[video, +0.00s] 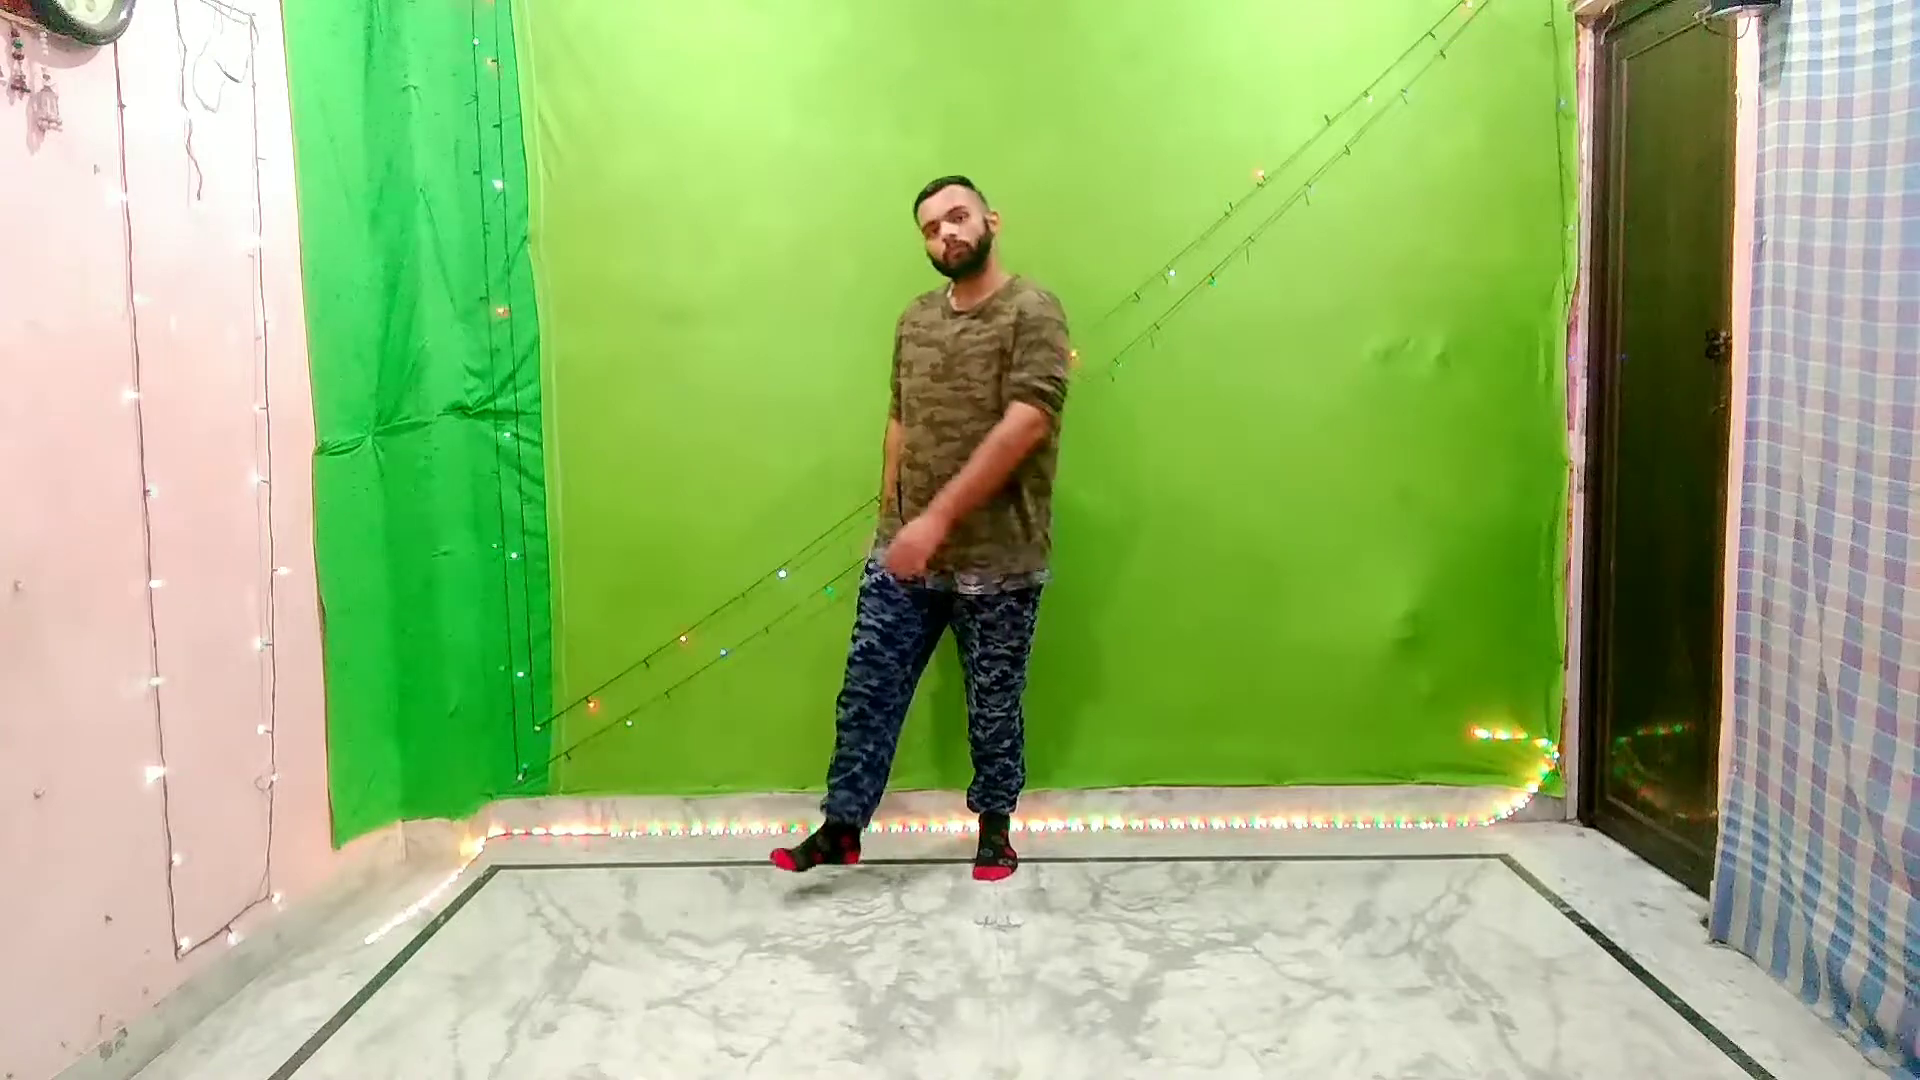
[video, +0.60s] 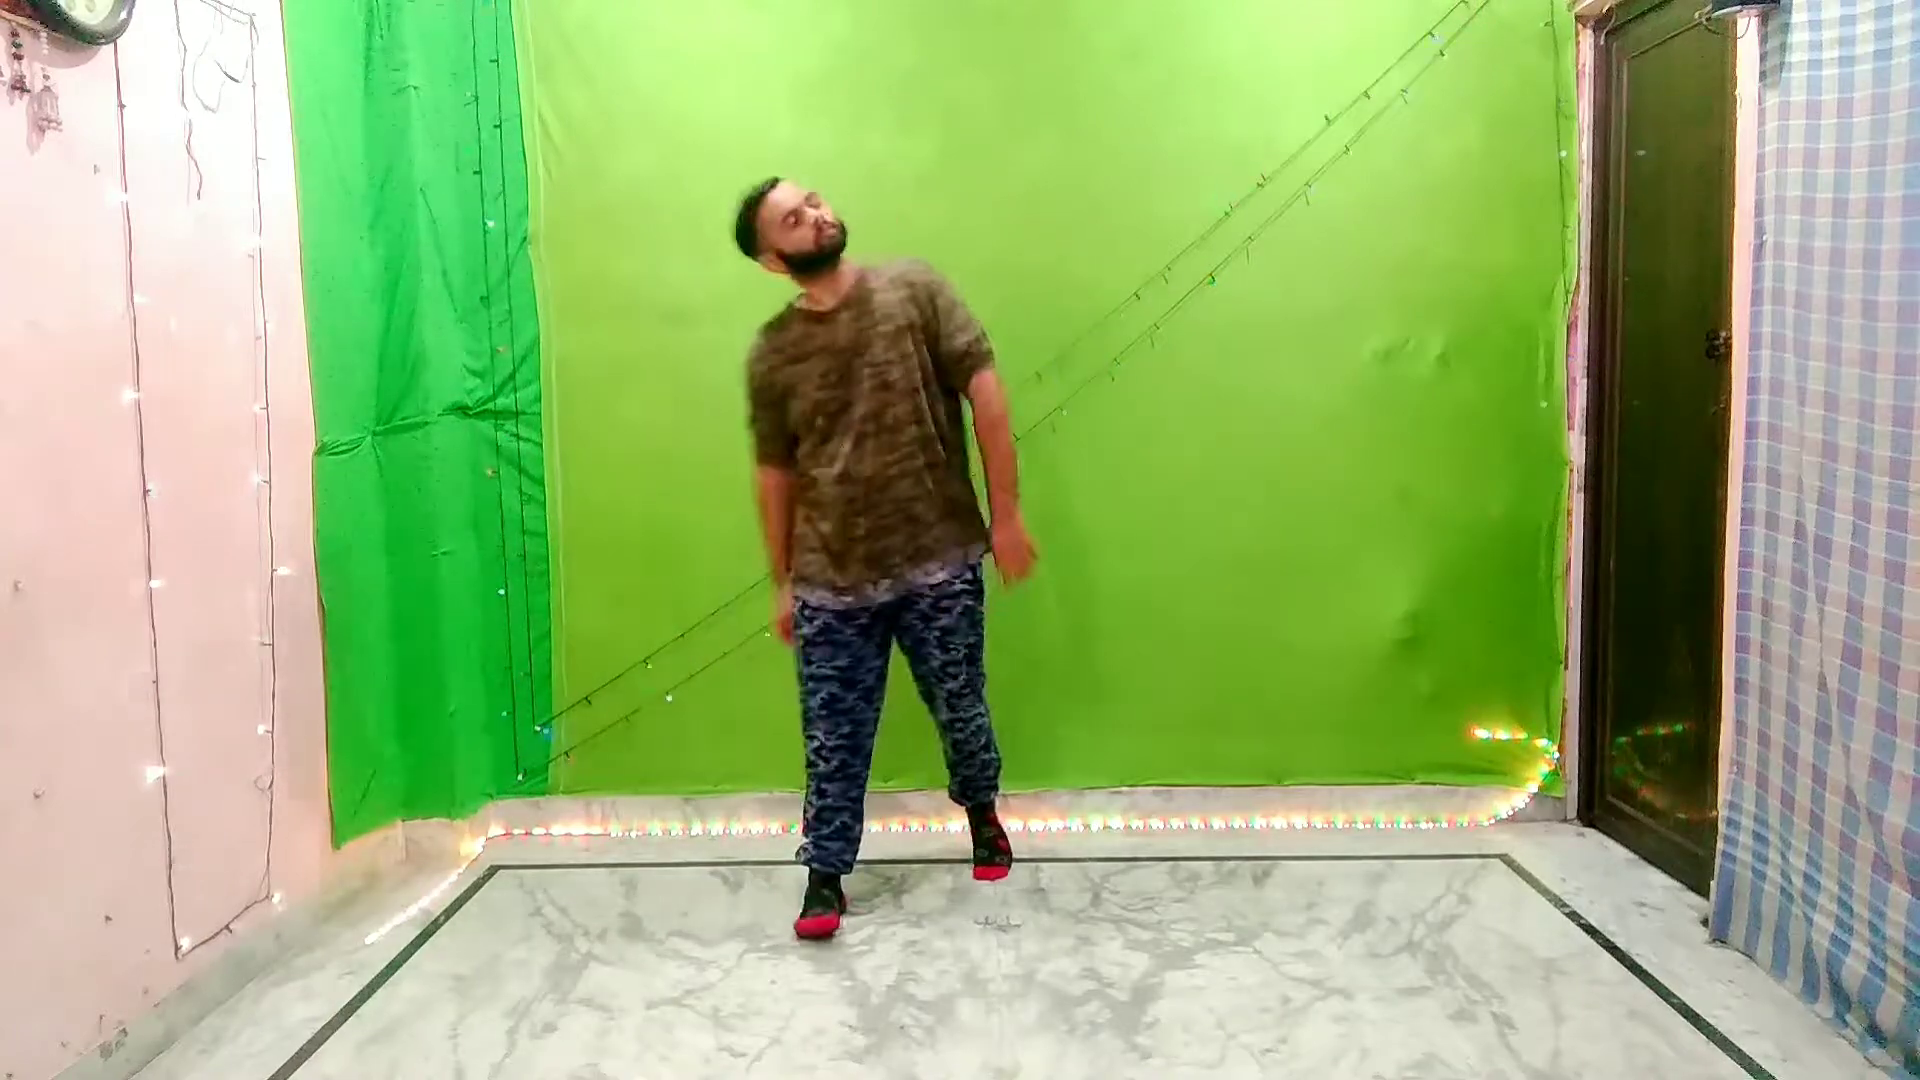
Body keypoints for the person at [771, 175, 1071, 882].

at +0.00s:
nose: (946, 233)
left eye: (956, 217)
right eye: (932, 229)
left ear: (992, 221)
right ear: (926, 247)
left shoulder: (1032, 310)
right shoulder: (917, 321)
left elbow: (1027, 422)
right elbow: (900, 423)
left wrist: (937, 520)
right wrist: (892, 517)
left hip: (997, 548)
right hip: (911, 543)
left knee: (993, 699)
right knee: (869, 686)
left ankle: (994, 829)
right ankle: (841, 828)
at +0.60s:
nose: (810, 213)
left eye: (810, 201)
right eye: (789, 219)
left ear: (833, 214)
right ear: (772, 259)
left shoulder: (914, 291)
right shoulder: (775, 352)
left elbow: (987, 391)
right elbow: (774, 469)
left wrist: (1006, 513)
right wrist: (783, 579)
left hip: (936, 550)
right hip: (831, 571)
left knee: (959, 704)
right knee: (832, 731)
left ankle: (983, 815)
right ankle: (823, 878)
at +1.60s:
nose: (938, 182)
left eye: (931, 173)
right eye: (915, 184)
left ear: (947, 203)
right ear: (885, 232)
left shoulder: (989, 297)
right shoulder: (881, 322)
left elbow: (1004, 432)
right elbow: (878, 458)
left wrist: (1029, 554)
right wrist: (921, 583)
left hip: (1015, 578)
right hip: (918, 590)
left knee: (1030, 744)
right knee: (873, 749)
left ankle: (1063, 882)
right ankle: (825, 887)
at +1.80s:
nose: (1034, 171)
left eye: (1027, 161)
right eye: (1011, 167)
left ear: (1015, 200)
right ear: (974, 206)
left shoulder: (1085, 283)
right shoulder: (957, 324)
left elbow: (1121, 391)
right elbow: (934, 462)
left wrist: (1111, 491)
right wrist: (938, 593)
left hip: (1094, 570)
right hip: (1005, 582)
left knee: (1072, 742)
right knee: (961, 739)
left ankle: (1068, 883)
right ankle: (894, 868)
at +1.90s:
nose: (1076, 165)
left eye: (1067, 157)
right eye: (1055, 161)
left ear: (1060, 196)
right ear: (1017, 202)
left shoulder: (1125, 279)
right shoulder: (988, 318)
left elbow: (1183, 336)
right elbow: (953, 445)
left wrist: (1209, 441)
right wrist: (960, 579)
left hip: (1125, 554)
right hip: (1037, 562)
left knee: (1102, 728)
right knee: (1046, 728)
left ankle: (1069, 878)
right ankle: (985, 881)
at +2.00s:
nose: (1100, 166)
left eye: (1092, 157)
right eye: (1078, 162)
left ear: (1083, 197)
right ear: (1038, 202)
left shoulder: (1134, 277)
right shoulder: (1009, 309)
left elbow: (1203, 311)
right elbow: (970, 437)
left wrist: (1257, 398)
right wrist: (972, 572)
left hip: (1143, 544)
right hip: (1055, 550)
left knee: (1117, 726)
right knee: (1083, 723)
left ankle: (1070, 877)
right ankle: (1057, 907)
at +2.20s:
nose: (1148, 164)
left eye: (1140, 154)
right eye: (1128, 160)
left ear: (1116, 199)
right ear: (1088, 200)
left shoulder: (1163, 289)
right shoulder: (1053, 306)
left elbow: (1227, 332)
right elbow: (1013, 438)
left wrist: (1325, 324)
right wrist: (1017, 575)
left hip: (1174, 557)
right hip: (1107, 565)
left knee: (1112, 722)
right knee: (1158, 740)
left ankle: (1070, 871)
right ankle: (1193, 929)